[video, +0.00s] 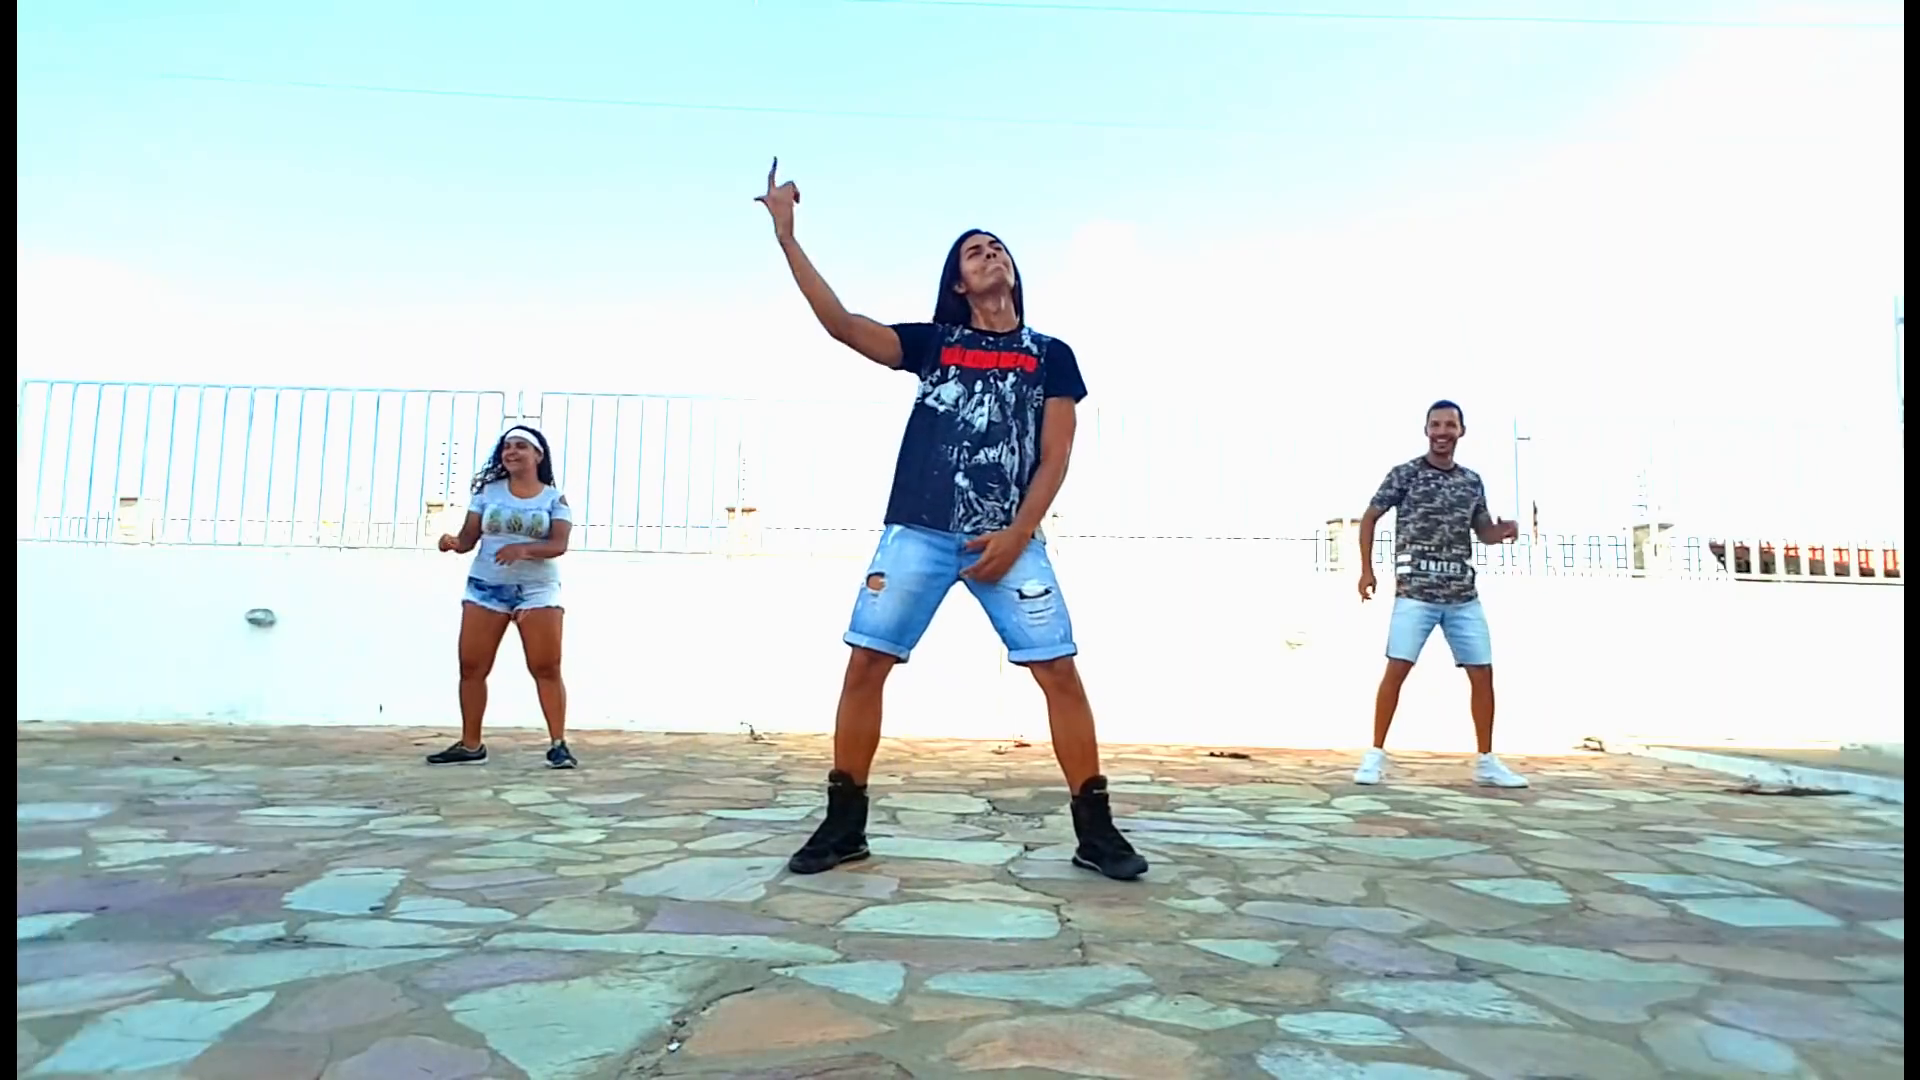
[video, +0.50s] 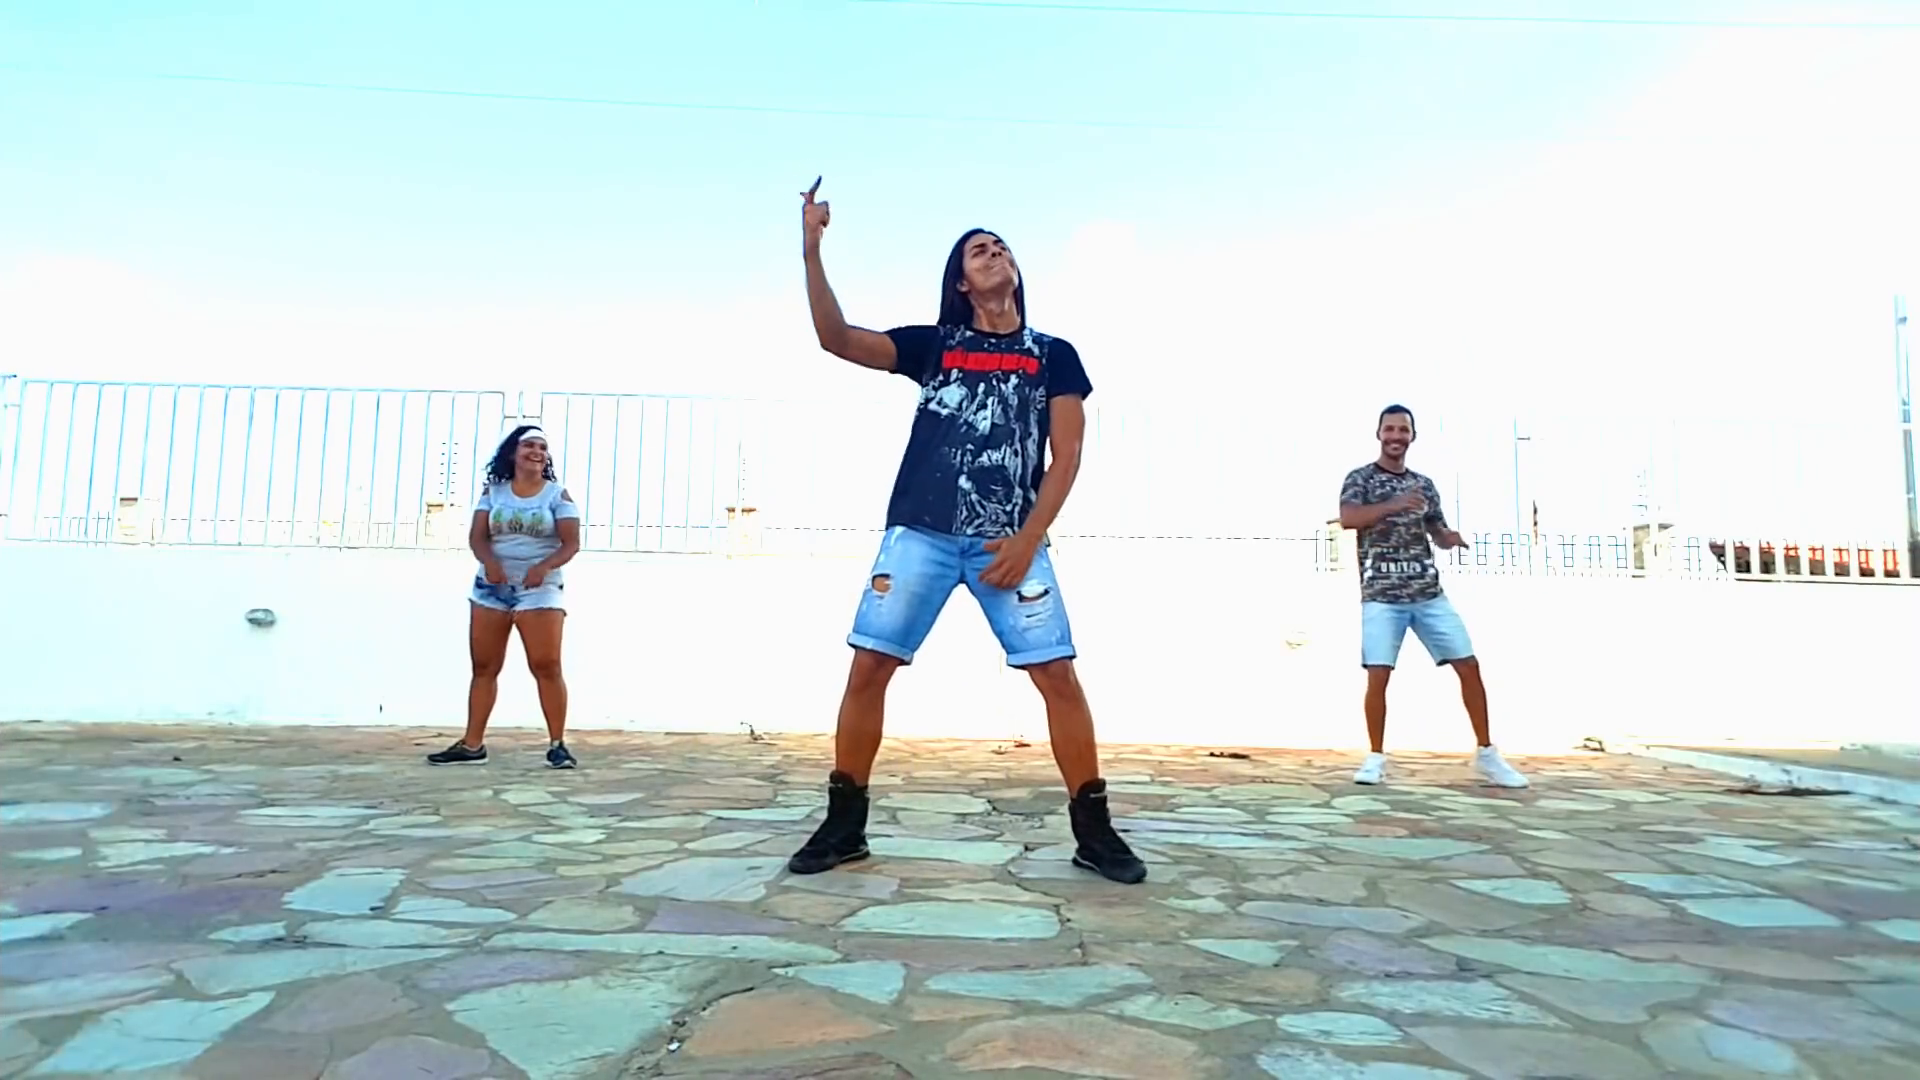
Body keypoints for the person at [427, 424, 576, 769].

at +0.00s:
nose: (511, 451)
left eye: (520, 446)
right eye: (507, 447)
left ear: (538, 456)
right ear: (500, 456)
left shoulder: (554, 499)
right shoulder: (487, 493)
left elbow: (558, 545)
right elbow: (468, 540)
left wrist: (523, 549)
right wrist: (454, 543)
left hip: (538, 592)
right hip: (485, 589)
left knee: (546, 669)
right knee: (471, 669)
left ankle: (558, 744)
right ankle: (470, 744)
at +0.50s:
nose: (536, 451)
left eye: (542, 447)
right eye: (528, 446)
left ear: (547, 457)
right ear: (512, 454)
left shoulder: (557, 495)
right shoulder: (493, 492)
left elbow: (571, 544)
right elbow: (477, 537)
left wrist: (543, 566)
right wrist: (490, 562)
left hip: (540, 591)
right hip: (492, 589)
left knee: (546, 667)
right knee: (483, 667)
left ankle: (557, 744)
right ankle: (472, 743)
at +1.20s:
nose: (560, 458)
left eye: (564, 453)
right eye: (553, 451)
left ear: (566, 460)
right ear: (532, 454)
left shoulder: (569, 500)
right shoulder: (502, 491)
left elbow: (573, 544)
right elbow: (479, 538)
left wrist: (530, 531)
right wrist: (459, 583)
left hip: (553, 591)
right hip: (501, 589)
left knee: (556, 668)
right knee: (482, 667)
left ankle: (562, 743)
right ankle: (472, 743)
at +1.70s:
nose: (545, 458)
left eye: (553, 453)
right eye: (538, 452)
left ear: (562, 461)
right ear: (527, 458)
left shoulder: (573, 501)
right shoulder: (509, 497)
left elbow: (587, 551)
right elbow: (490, 540)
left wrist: (596, 594)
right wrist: (490, 559)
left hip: (551, 587)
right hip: (506, 585)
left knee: (550, 666)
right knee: (485, 665)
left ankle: (557, 744)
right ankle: (472, 743)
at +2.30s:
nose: (560, 466)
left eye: (569, 461)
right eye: (555, 459)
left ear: (580, 468)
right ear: (544, 460)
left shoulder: (587, 503)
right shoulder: (523, 493)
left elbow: (590, 555)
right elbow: (503, 535)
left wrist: (571, 584)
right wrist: (493, 569)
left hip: (562, 593)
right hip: (518, 591)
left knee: (561, 670)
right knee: (498, 668)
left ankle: (558, 745)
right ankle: (473, 743)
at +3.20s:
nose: (520, 454)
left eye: (527, 448)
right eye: (514, 449)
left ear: (543, 454)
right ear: (506, 456)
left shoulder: (561, 496)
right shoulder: (495, 492)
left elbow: (563, 549)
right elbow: (477, 538)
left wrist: (553, 587)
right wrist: (462, 580)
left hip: (541, 591)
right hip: (494, 589)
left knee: (549, 668)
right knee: (481, 667)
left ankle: (557, 743)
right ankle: (471, 743)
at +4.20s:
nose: (521, 455)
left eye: (529, 450)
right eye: (515, 450)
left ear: (543, 458)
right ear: (507, 457)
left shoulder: (552, 494)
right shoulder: (491, 494)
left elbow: (560, 516)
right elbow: (477, 528)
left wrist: (552, 525)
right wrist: (472, 538)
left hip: (538, 585)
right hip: (492, 585)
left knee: (548, 666)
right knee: (478, 667)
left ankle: (559, 744)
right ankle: (471, 743)